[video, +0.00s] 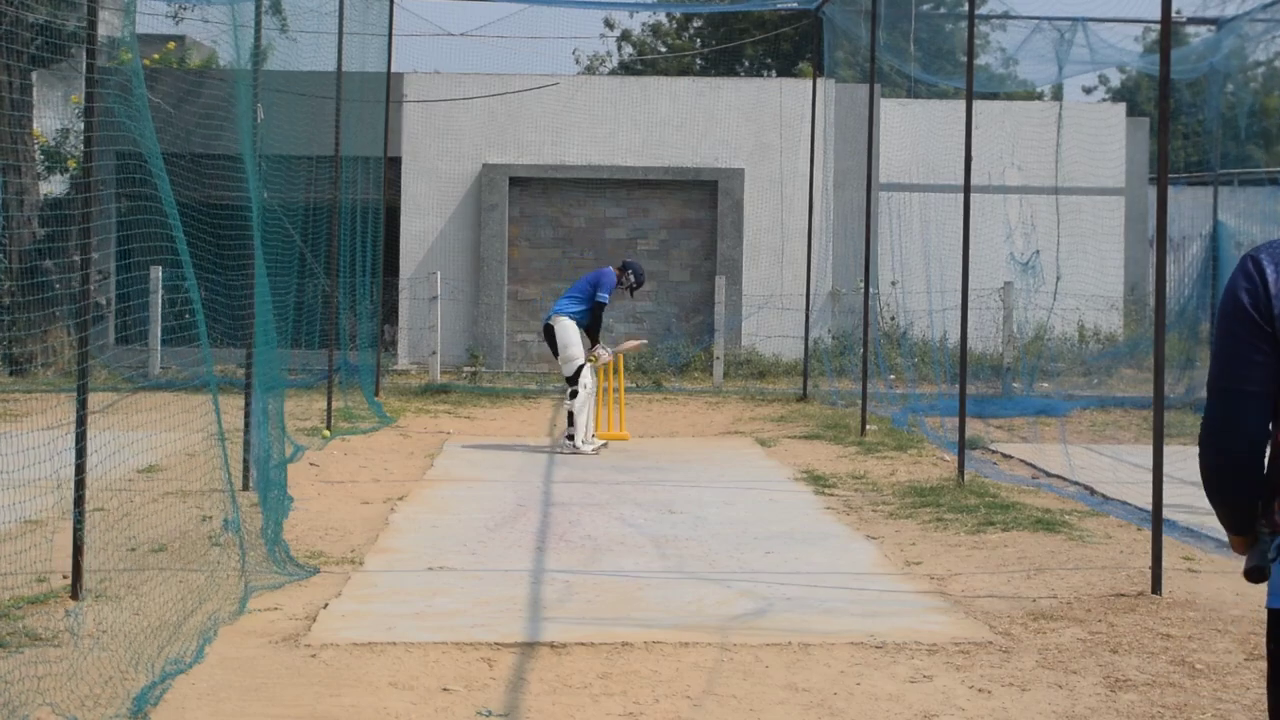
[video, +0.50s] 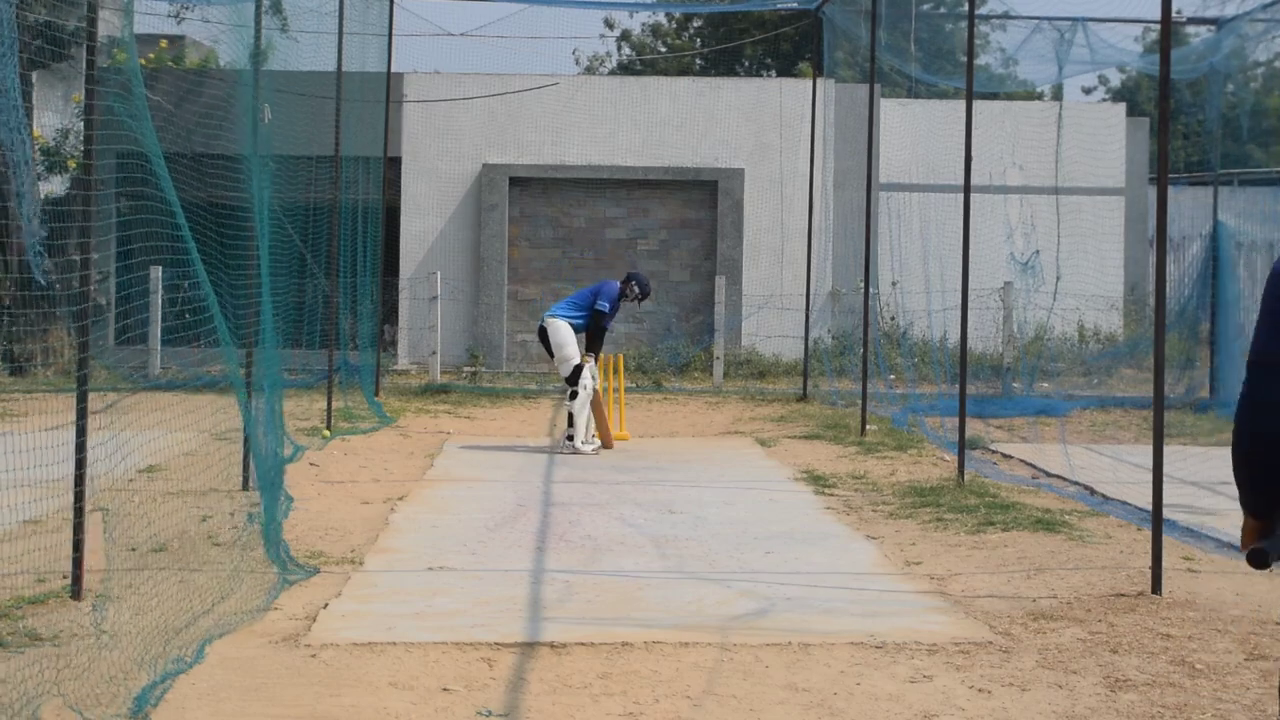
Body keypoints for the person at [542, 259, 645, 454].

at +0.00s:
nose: (625, 288)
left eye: (629, 286)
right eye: (629, 284)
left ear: (624, 272)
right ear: (626, 275)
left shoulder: (607, 278)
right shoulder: (608, 276)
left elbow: (588, 319)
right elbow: (597, 313)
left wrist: (597, 346)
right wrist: (595, 346)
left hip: (569, 324)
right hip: (562, 323)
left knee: (587, 383)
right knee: (581, 383)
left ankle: (586, 436)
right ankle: (573, 438)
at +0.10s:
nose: (627, 291)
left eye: (630, 289)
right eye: (630, 287)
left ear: (626, 277)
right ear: (627, 279)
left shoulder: (608, 281)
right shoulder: (610, 279)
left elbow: (588, 323)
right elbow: (598, 315)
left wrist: (595, 349)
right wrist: (594, 348)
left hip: (567, 325)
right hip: (561, 323)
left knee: (586, 380)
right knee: (581, 381)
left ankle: (585, 436)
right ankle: (574, 438)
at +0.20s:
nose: (629, 296)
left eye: (633, 295)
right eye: (632, 292)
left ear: (629, 286)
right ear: (629, 284)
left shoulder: (611, 290)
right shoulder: (611, 284)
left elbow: (596, 324)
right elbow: (597, 320)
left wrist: (593, 355)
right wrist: (590, 353)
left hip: (561, 324)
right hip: (559, 323)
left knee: (583, 381)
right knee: (581, 381)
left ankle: (581, 436)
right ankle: (574, 438)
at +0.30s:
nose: (630, 299)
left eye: (634, 298)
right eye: (633, 295)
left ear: (633, 292)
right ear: (630, 287)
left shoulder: (614, 299)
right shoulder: (611, 288)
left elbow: (600, 329)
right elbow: (597, 325)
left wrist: (593, 360)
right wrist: (589, 356)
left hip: (562, 326)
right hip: (557, 323)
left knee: (582, 382)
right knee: (578, 382)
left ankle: (580, 437)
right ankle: (573, 439)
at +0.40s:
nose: (631, 301)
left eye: (636, 300)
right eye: (634, 297)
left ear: (633, 294)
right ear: (631, 288)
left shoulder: (615, 299)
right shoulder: (611, 290)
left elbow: (600, 330)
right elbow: (597, 325)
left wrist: (593, 362)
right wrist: (590, 356)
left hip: (562, 326)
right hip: (556, 324)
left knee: (583, 381)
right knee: (579, 381)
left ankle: (580, 437)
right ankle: (573, 439)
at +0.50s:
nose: (631, 297)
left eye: (635, 296)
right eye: (634, 293)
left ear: (634, 292)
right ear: (630, 285)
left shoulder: (615, 300)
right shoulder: (610, 289)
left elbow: (601, 329)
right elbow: (596, 324)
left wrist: (593, 359)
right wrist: (590, 355)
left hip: (563, 327)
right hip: (555, 324)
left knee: (585, 382)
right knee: (579, 381)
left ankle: (582, 437)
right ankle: (573, 439)